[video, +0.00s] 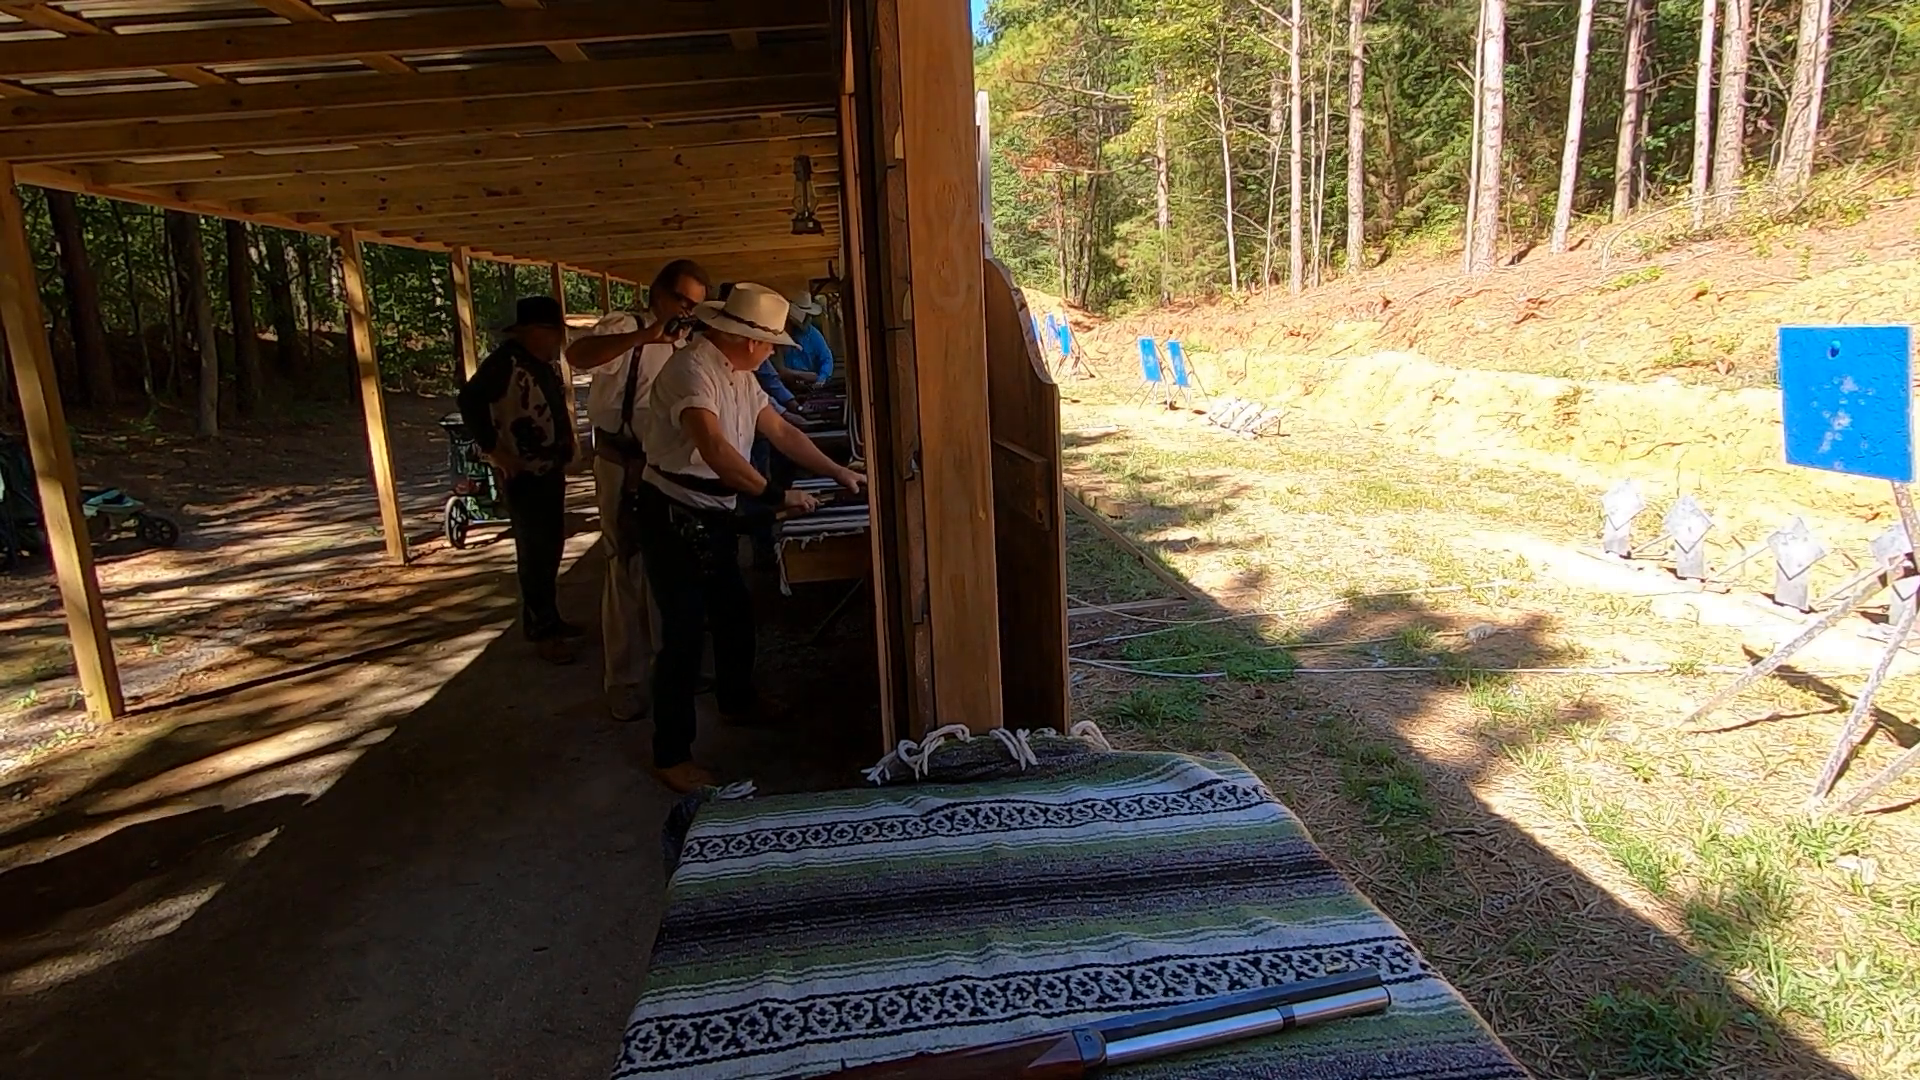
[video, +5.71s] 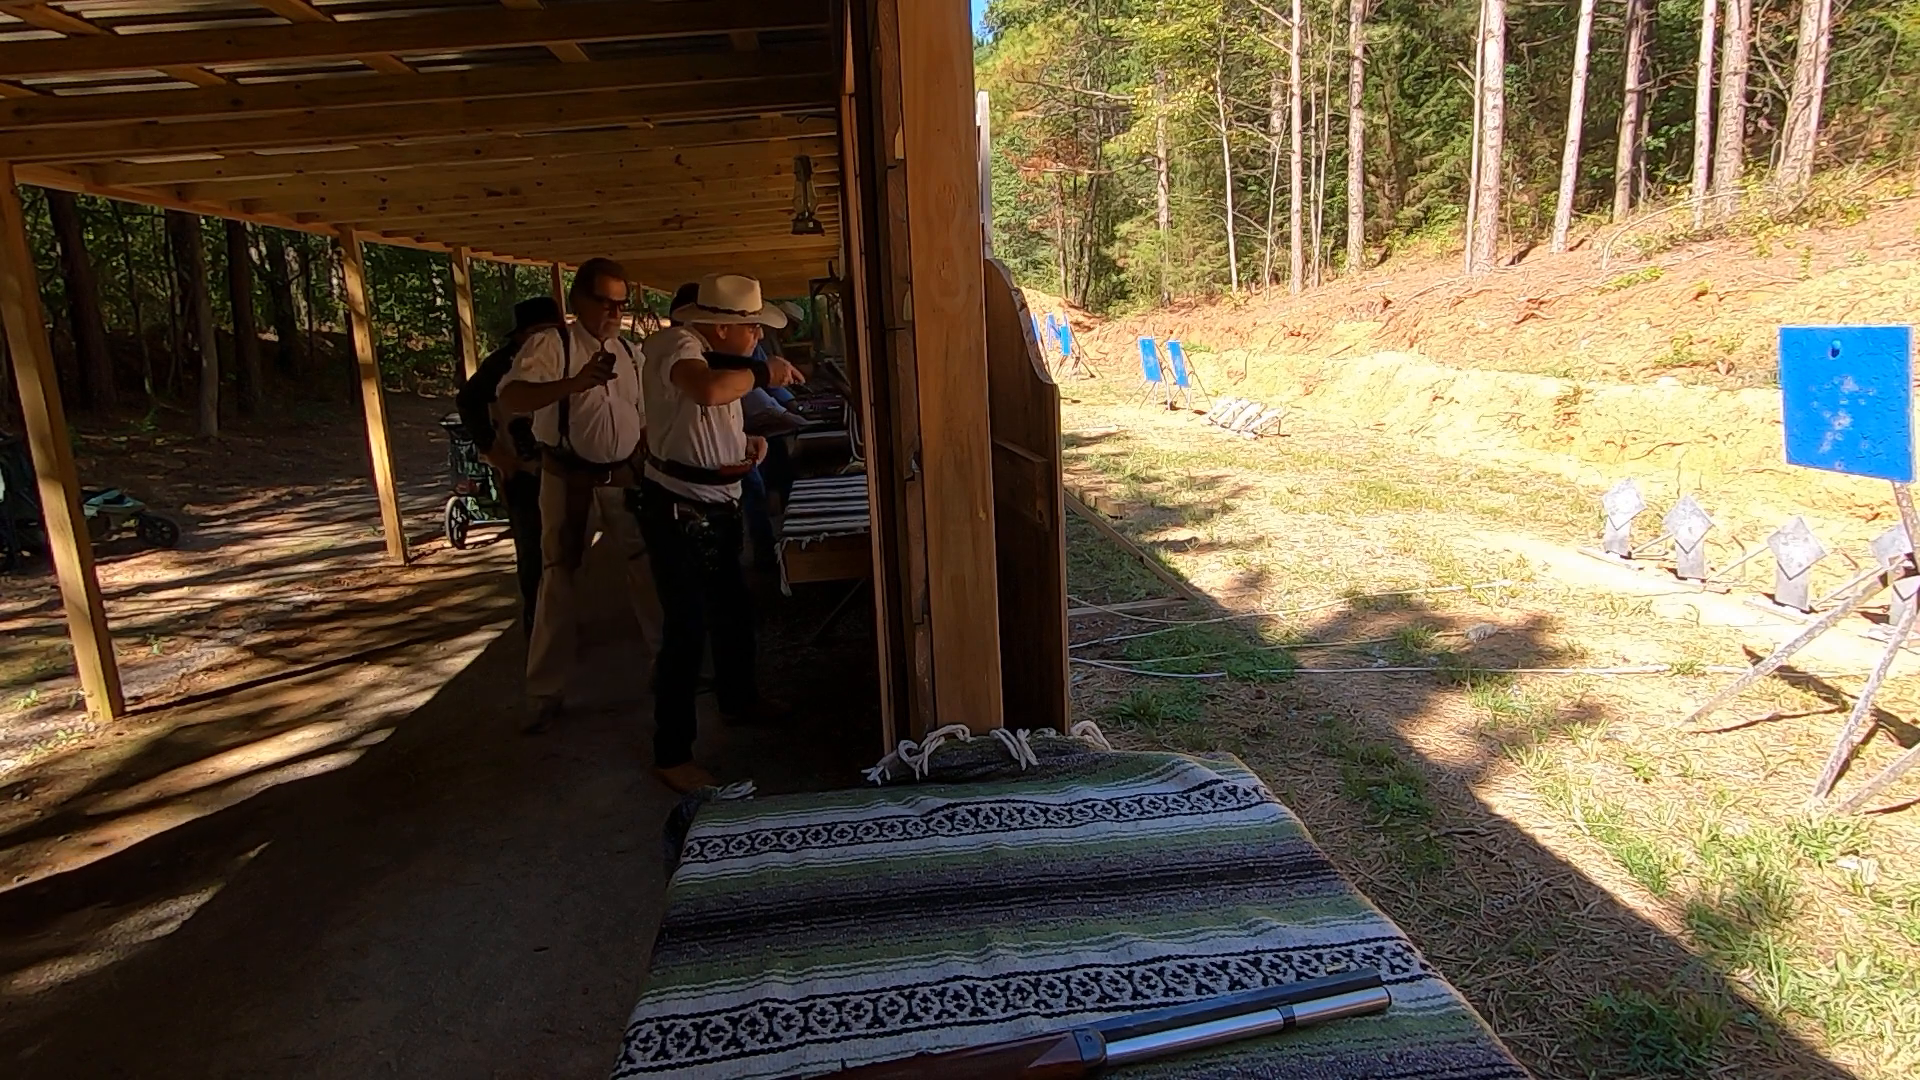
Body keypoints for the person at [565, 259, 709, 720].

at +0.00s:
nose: (685, 311)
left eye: (694, 306)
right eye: (680, 300)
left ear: (700, 309)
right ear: (657, 293)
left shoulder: (693, 346)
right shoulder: (625, 326)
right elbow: (577, 355)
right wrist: (644, 337)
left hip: (673, 464)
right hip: (619, 463)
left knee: (672, 569)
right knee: (625, 572)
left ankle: (676, 670)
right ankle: (623, 682)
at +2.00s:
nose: (687, 312)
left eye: (693, 306)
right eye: (681, 302)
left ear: (695, 309)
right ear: (658, 298)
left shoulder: (694, 352)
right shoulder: (629, 342)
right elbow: (589, 347)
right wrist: (664, 337)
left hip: (672, 464)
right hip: (621, 468)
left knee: (674, 570)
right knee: (627, 575)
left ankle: (675, 672)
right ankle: (624, 685)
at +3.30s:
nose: (690, 314)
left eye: (697, 309)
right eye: (686, 304)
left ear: (698, 310)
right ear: (661, 295)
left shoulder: (690, 345)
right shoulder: (631, 325)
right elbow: (609, 347)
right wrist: (676, 343)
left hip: (668, 463)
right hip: (619, 465)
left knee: (672, 567)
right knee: (626, 572)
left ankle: (673, 670)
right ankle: (623, 683)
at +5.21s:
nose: (683, 314)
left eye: (690, 308)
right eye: (677, 304)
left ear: (692, 310)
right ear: (651, 296)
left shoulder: (683, 344)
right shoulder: (625, 326)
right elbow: (608, 349)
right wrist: (671, 343)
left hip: (664, 459)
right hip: (615, 461)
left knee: (665, 562)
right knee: (620, 568)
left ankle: (670, 664)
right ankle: (616, 682)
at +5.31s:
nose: (675, 312)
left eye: (683, 307)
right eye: (669, 302)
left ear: (687, 308)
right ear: (643, 294)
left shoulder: (678, 341)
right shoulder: (619, 325)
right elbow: (597, 351)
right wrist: (662, 341)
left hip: (660, 459)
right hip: (609, 459)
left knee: (661, 564)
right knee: (612, 567)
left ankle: (668, 665)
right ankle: (600, 679)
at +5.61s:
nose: (636, 312)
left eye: (643, 303)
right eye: (627, 302)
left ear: (649, 303)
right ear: (601, 298)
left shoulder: (653, 344)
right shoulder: (575, 337)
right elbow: (537, 377)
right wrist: (607, 362)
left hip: (644, 473)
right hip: (584, 476)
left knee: (653, 580)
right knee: (569, 581)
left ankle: (670, 675)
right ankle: (545, 694)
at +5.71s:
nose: (615, 311)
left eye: (620, 304)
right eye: (605, 303)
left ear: (624, 304)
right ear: (577, 301)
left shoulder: (627, 351)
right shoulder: (549, 343)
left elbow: (640, 408)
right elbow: (512, 397)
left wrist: (644, 443)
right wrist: (573, 383)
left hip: (623, 475)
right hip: (567, 479)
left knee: (646, 575)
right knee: (559, 582)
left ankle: (666, 669)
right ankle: (544, 694)